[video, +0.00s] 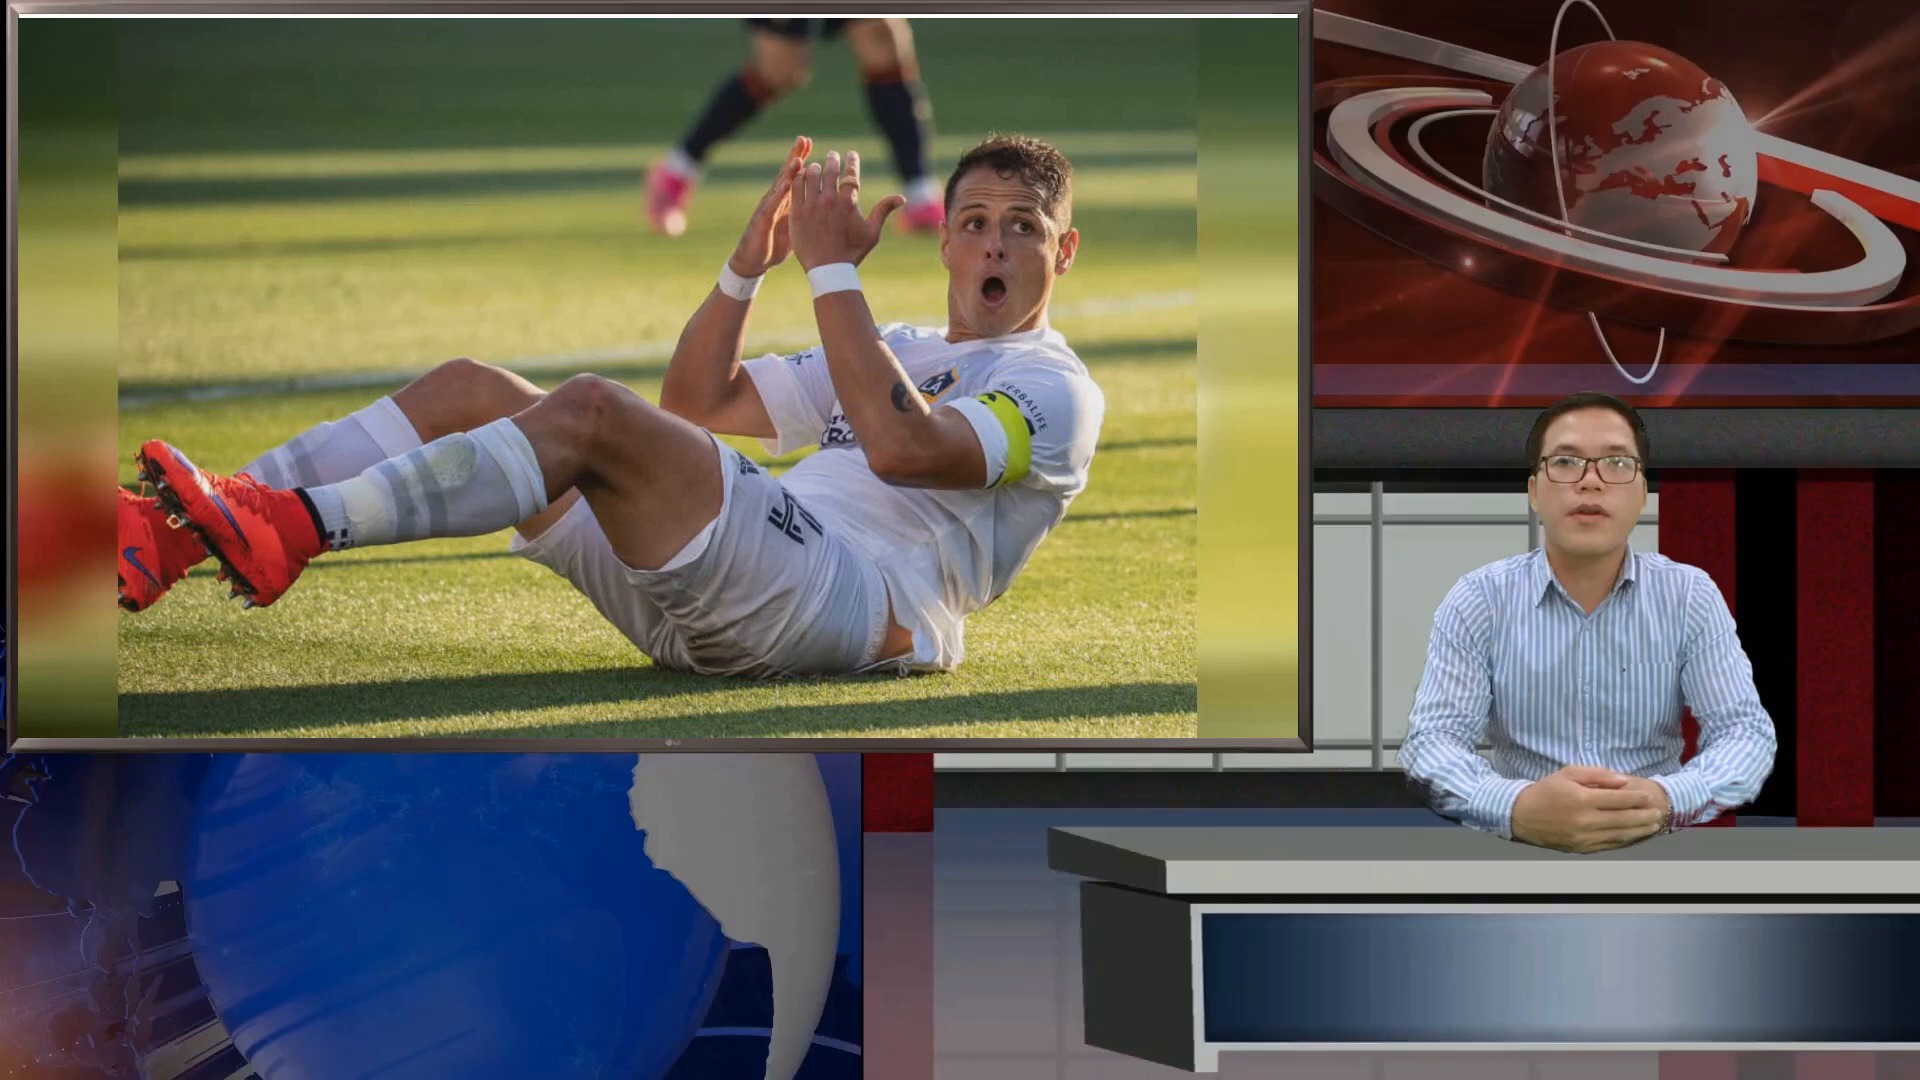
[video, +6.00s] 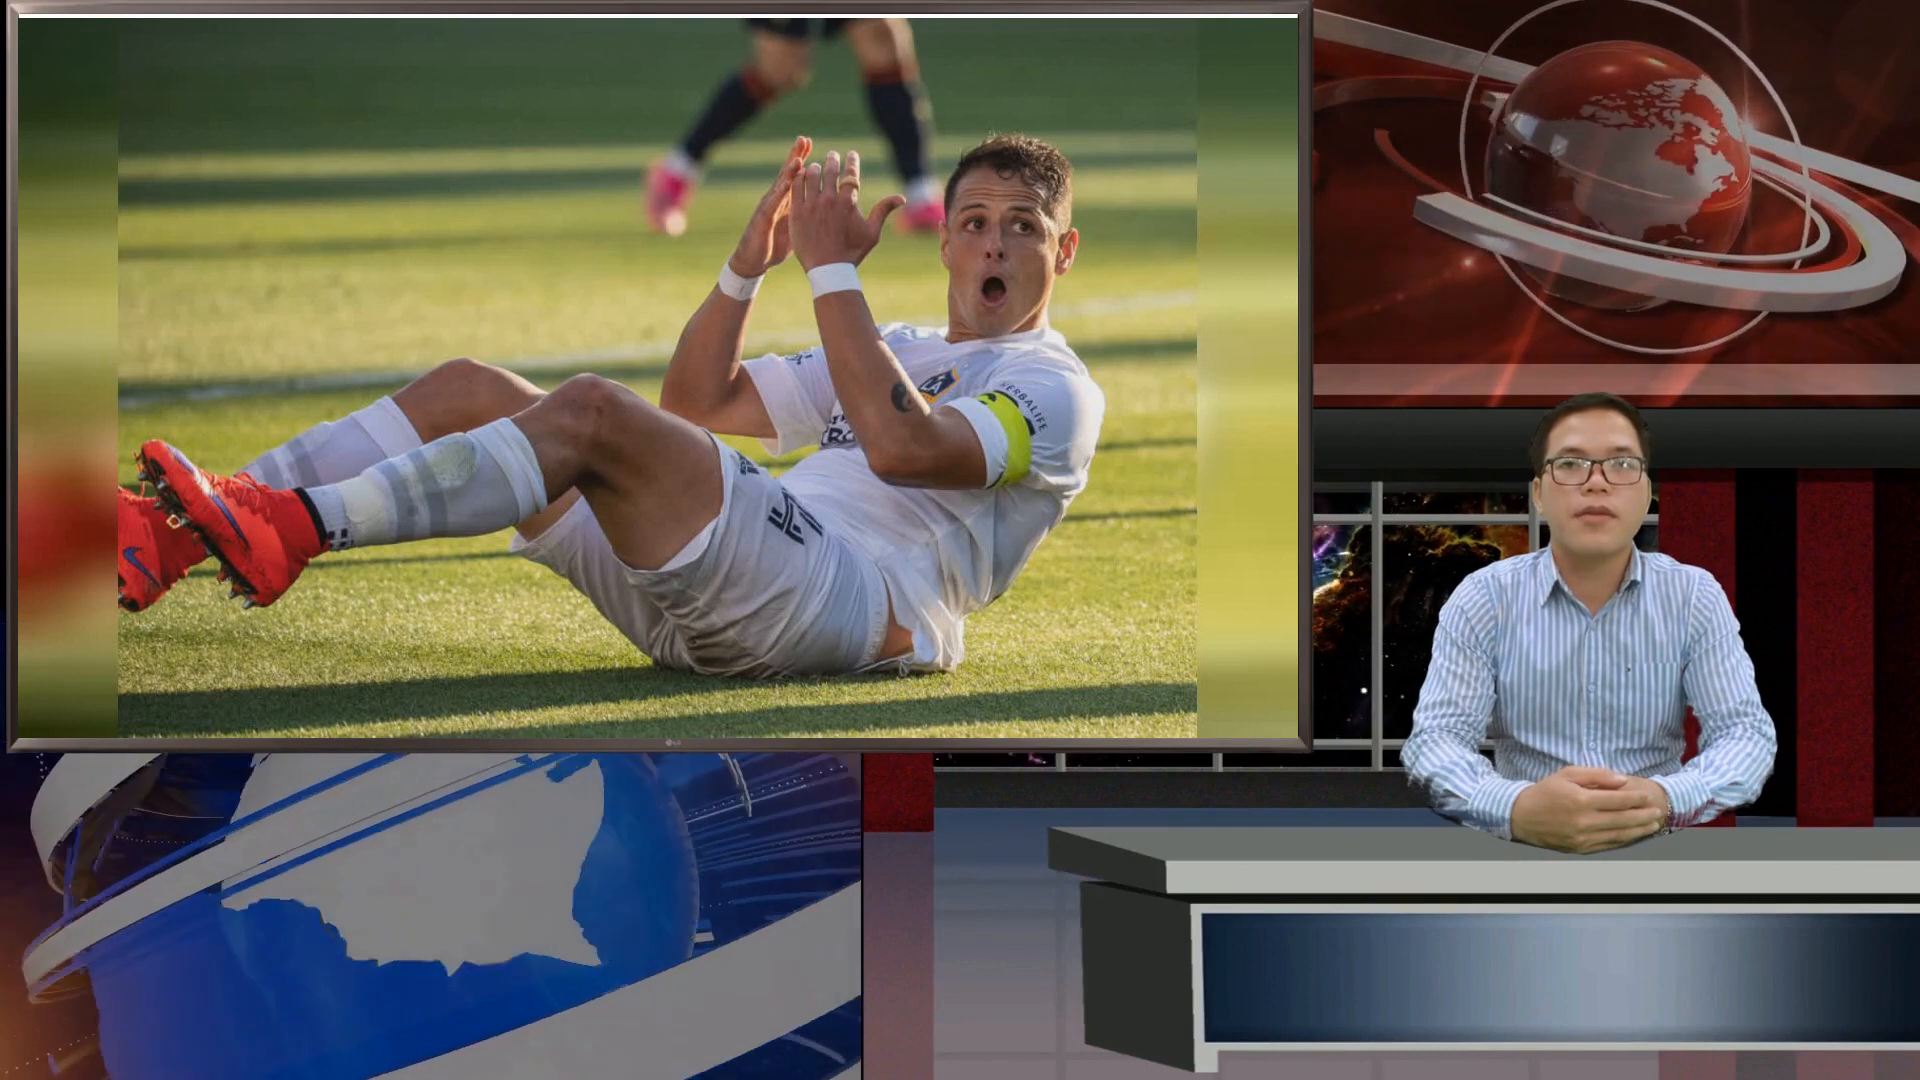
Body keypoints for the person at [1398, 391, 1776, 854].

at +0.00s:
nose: (1591, 481)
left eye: (1615, 463)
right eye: (1566, 462)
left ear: (1642, 494)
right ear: (1534, 493)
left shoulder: (1687, 598)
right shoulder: (1481, 603)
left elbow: (1745, 734)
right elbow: (1431, 746)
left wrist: (1668, 800)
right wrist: (1515, 809)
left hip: (1654, 853)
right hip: (1518, 856)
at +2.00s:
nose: (1593, 481)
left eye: (1617, 463)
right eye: (1568, 463)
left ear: (1645, 493)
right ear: (1537, 494)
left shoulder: (1689, 597)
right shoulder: (1483, 600)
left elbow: (1745, 734)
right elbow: (1432, 745)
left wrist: (1667, 800)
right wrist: (1514, 809)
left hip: (1656, 852)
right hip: (1520, 856)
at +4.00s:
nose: (1595, 482)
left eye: (1619, 464)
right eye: (1569, 464)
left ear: (1646, 495)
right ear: (1538, 495)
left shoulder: (1690, 598)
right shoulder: (1484, 601)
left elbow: (1744, 735)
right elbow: (1432, 745)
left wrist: (1667, 800)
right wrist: (1515, 809)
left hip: (1656, 852)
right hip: (1519, 855)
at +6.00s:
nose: (1596, 483)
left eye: (1620, 464)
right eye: (1570, 464)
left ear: (1647, 495)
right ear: (1539, 496)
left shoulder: (1691, 598)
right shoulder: (1484, 601)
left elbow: (1745, 735)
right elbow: (1434, 744)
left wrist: (1667, 799)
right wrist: (1514, 809)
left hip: (1656, 852)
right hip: (1519, 856)